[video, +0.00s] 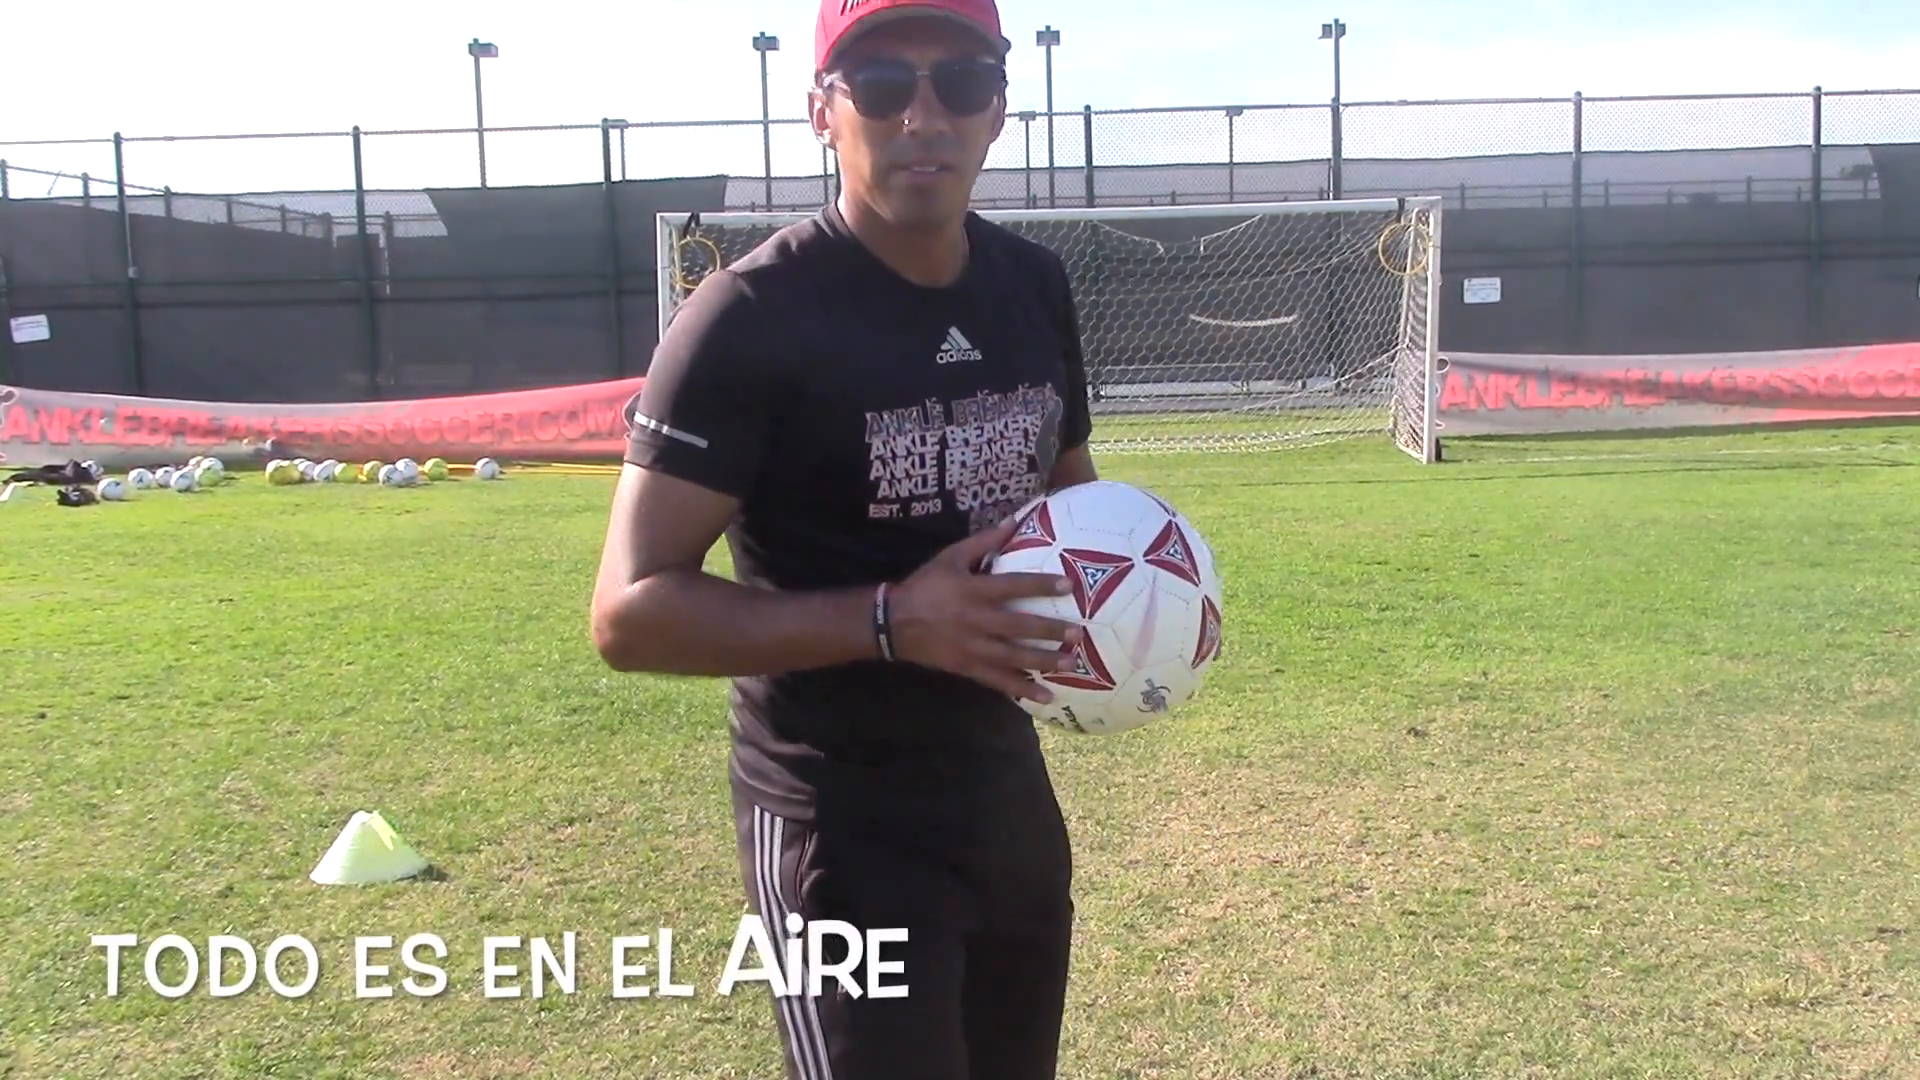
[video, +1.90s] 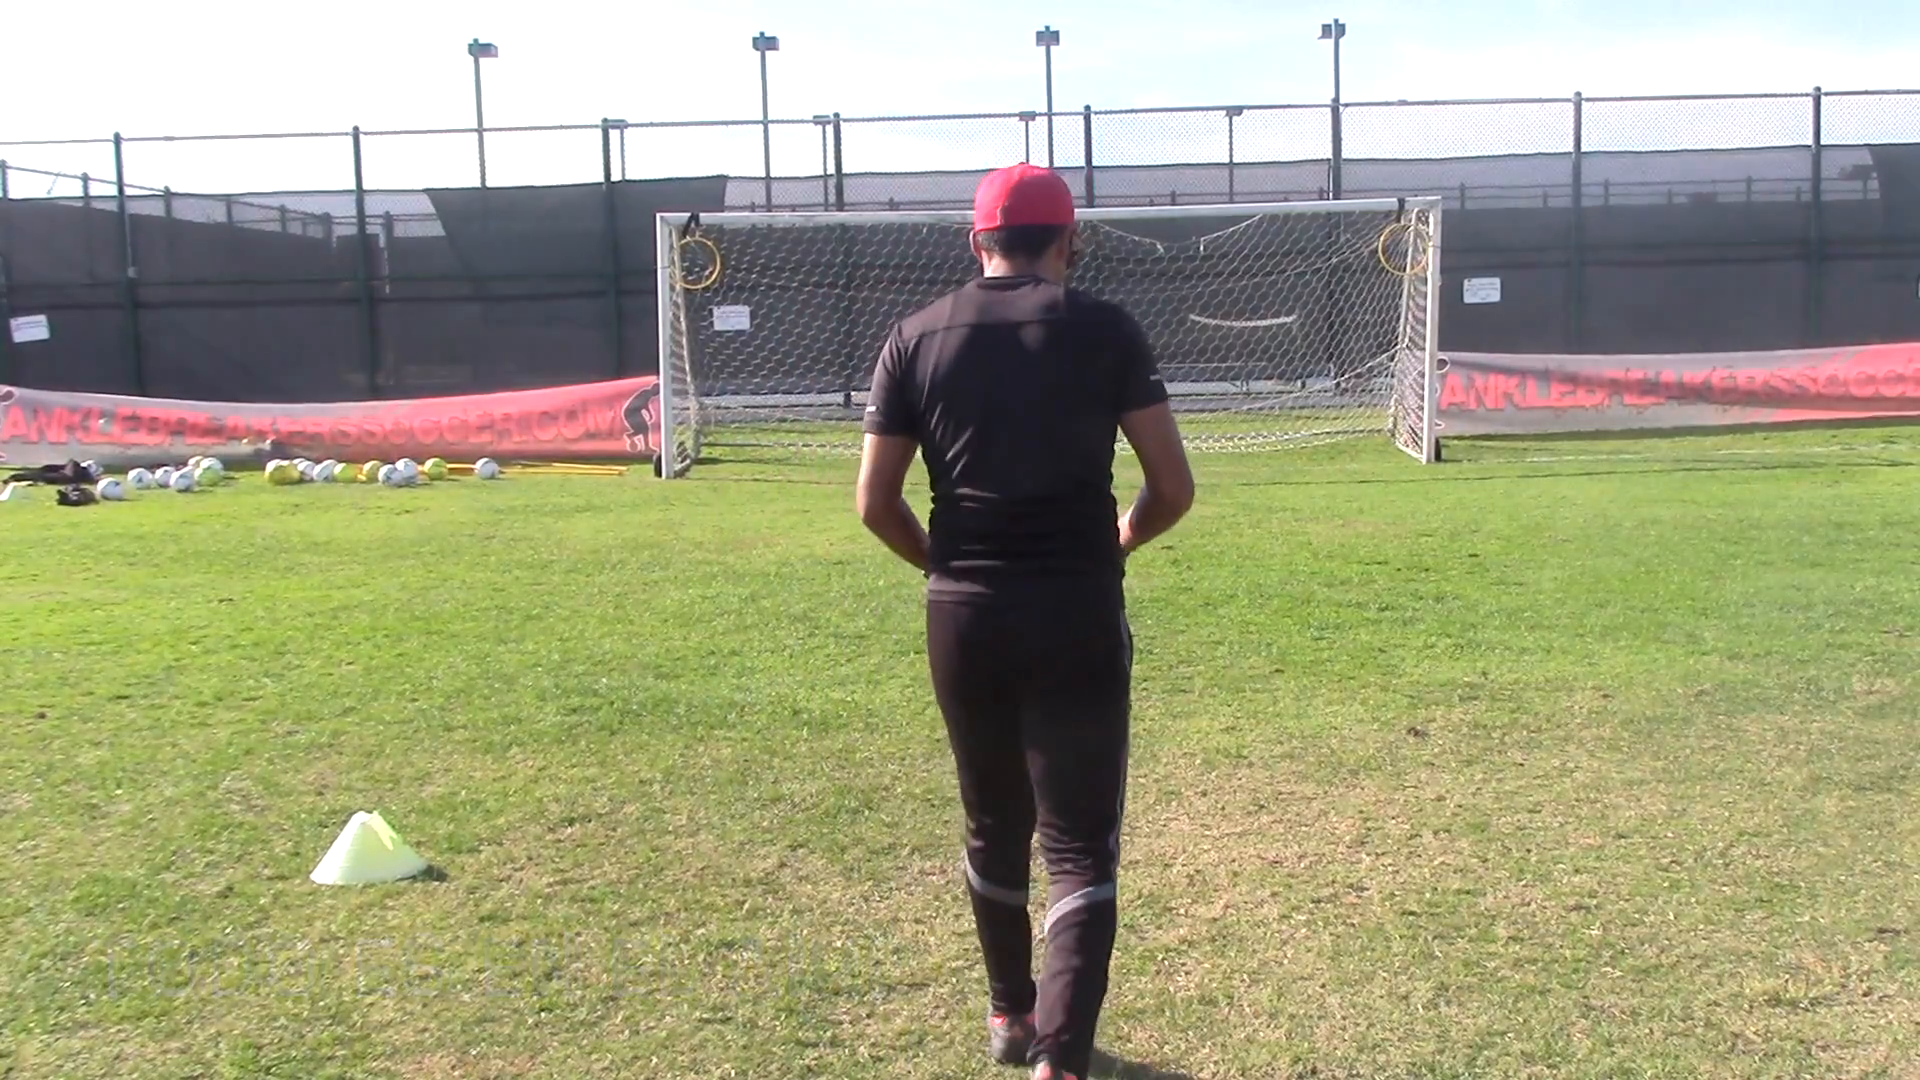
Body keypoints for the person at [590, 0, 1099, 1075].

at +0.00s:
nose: (927, 119)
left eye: (963, 85)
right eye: (884, 86)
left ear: (998, 111)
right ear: (824, 112)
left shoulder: (1030, 286)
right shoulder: (745, 318)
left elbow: (1069, 499)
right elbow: (628, 611)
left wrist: (1154, 601)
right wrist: (884, 619)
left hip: (1001, 771)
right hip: (835, 803)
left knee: (1019, 1063)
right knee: (888, 1063)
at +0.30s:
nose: (1064, 124)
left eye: (1062, 94)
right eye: (1028, 95)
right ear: (913, 109)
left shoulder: (948, 275)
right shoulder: (822, 301)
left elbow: (925, 514)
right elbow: (738, 639)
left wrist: (1075, 554)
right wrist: (1028, 619)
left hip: (922, 781)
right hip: (823, 807)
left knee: (964, 1056)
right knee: (879, 1064)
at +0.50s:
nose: (1050, 126)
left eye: (1043, 98)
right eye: (1028, 97)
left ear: (943, 118)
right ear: (946, 115)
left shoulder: (840, 268)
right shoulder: (885, 289)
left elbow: (872, 562)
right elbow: (876, 602)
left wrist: (1061, 564)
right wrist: (1088, 568)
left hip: (842, 775)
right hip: (837, 787)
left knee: (928, 1048)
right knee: (882, 1063)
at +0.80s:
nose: (999, 160)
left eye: (995, 139)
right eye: (990, 140)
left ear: (862, 167)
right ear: (964, 154)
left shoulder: (788, 296)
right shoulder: (954, 294)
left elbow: (723, 537)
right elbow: (984, 559)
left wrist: (910, 556)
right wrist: (1079, 554)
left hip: (765, 717)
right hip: (885, 745)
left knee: (881, 1055)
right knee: (999, 1059)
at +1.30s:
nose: (1063, 221)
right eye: (1063, 208)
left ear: (943, 213)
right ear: (1055, 217)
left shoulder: (853, 320)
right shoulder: (1090, 341)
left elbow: (779, 512)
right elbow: (1151, 550)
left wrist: (881, 559)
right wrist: (1095, 570)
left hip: (882, 681)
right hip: (1029, 688)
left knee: (900, 983)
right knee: (1038, 950)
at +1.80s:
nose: (1081, 245)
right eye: (1082, 232)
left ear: (985, 232)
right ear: (1080, 234)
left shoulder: (919, 327)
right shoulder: (1115, 329)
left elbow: (862, 492)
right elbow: (1186, 493)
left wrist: (919, 554)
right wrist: (1122, 523)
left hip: (957, 618)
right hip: (1078, 619)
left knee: (985, 831)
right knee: (1066, 856)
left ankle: (1007, 1021)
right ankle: (1063, 1057)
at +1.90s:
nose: (1072, 254)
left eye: (1064, 242)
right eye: (1071, 242)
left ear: (978, 242)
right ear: (1065, 243)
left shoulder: (915, 338)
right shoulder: (1099, 327)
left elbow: (877, 504)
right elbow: (1172, 488)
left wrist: (945, 561)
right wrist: (1125, 536)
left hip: (963, 610)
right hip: (1077, 610)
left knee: (994, 826)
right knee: (1079, 847)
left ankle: (1011, 1017)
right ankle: (1061, 1055)